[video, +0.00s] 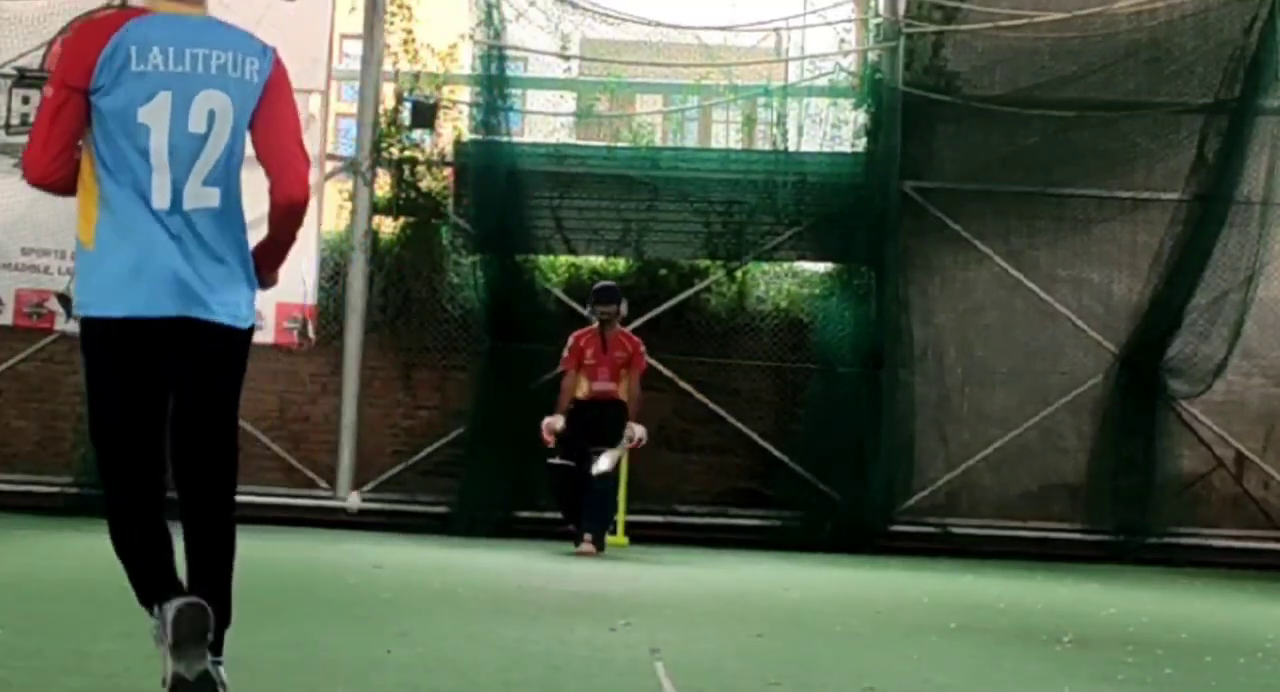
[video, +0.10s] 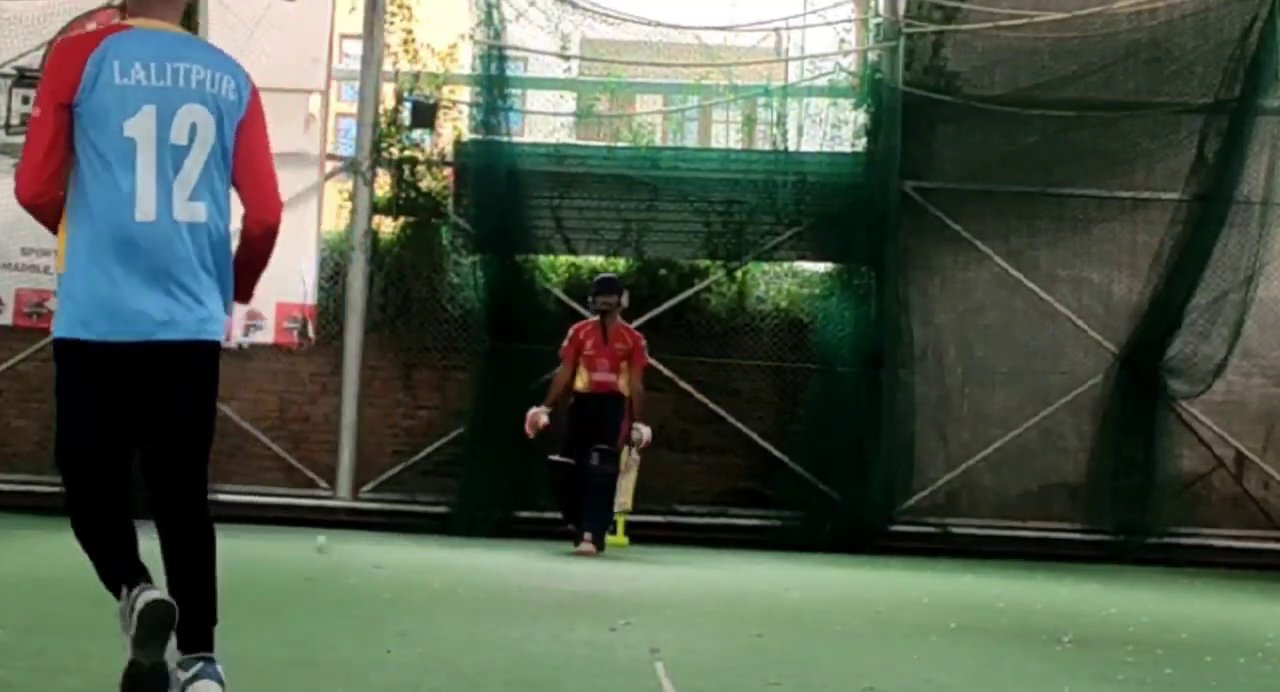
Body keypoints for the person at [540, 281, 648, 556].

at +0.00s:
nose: (604, 312)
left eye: (610, 306)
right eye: (599, 306)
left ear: (620, 309)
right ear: (592, 308)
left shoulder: (632, 345)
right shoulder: (579, 340)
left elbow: (634, 385)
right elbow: (569, 378)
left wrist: (631, 420)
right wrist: (560, 414)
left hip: (614, 407)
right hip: (583, 405)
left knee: (603, 467)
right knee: (574, 465)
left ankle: (593, 534)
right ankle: (583, 528)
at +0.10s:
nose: (604, 302)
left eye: (610, 297)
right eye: (599, 297)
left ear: (621, 300)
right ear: (592, 300)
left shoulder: (633, 339)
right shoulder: (579, 332)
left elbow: (636, 383)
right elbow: (565, 371)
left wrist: (638, 421)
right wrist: (546, 406)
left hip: (614, 404)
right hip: (583, 402)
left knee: (603, 466)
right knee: (573, 464)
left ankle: (593, 535)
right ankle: (583, 530)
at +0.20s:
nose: (604, 296)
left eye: (611, 291)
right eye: (600, 290)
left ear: (622, 296)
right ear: (594, 294)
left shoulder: (633, 335)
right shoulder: (580, 327)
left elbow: (638, 380)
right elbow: (560, 363)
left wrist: (639, 421)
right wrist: (542, 397)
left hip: (615, 402)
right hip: (584, 401)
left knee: (603, 464)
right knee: (568, 462)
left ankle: (594, 535)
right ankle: (582, 529)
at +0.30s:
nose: (607, 294)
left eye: (613, 289)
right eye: (603, 288)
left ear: (623, 295)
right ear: (595, 292)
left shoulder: (633, 335)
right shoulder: (579, 326)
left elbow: (639, 379)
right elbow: (557, 358)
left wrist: (641, 416)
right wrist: (547, 391)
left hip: (615, 400)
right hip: (585, 398)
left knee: (603, 462)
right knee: (575, 461)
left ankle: (593, 534)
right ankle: (584, 529)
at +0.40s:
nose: (608, 294)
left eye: (615, 290)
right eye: (605, 288)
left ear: (625, 297)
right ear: (597, 292)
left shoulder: (633, 333)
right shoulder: (580, 325)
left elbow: (640, 375)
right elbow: (556, 360)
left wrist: (643, 407)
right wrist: (560, 384)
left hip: (618, 397)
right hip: (587, 396)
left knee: (608, 462)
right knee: (582, 460)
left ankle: (593, 531)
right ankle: (587, 528)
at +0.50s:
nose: (614, 295)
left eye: (621, 291)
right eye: (611, 288)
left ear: (627, 298)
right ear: (601, 292)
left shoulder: (633, 331)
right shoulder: (580, 324)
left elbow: (638, 368)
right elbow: (561, 364)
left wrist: (640, 396)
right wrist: (578, 366)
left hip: (620, 396)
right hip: (590, 395)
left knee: (613, 459)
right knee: (585, 458)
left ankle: (601, 527)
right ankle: (587, 525)